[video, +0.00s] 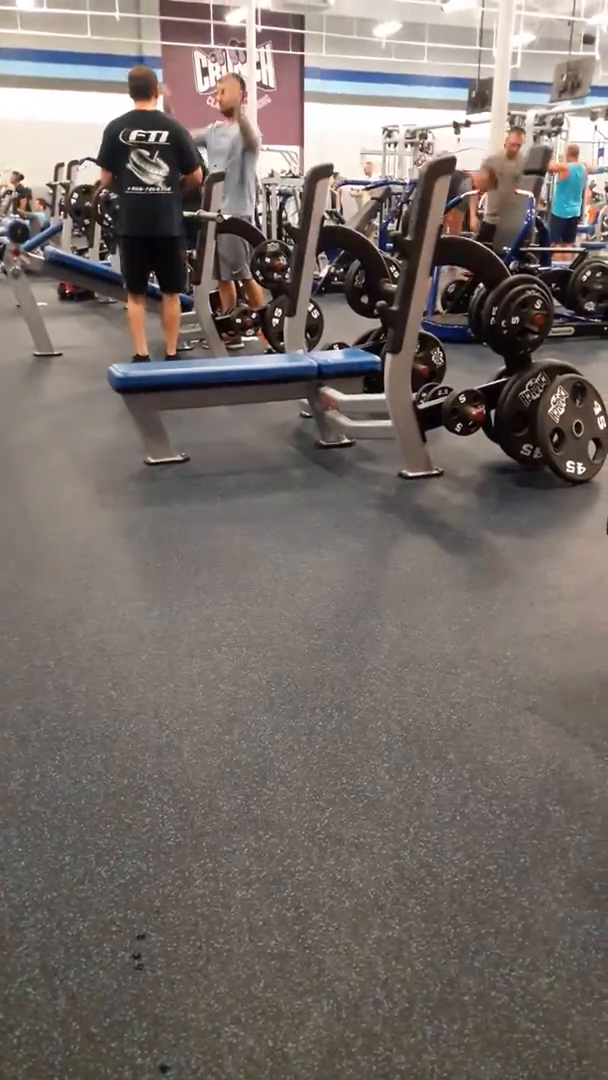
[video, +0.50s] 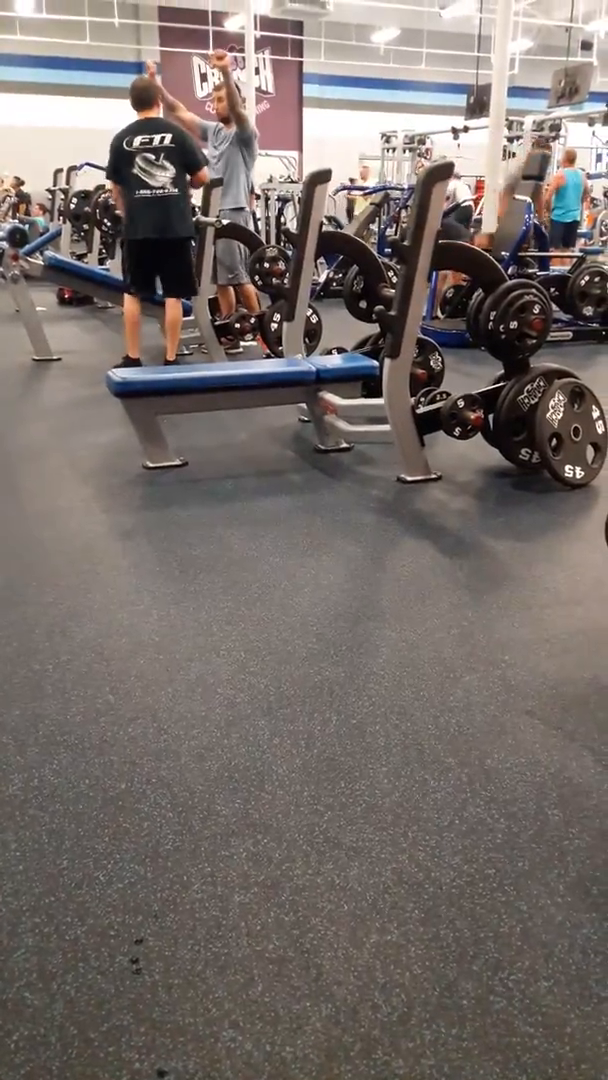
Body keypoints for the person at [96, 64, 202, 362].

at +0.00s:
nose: (158, 91)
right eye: (158, 87)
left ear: (129, 92)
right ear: (157, 91)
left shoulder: (116, 127)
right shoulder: (174, 127)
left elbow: (106, 177)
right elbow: (196, 176)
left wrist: (128, 185)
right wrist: (174, 191)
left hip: (132, 219)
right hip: (166, 219)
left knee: (134, 292)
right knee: (170, 292)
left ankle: (140, 354)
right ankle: (171, 353)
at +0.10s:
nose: (163, 92)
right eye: (162, 88)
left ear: (132, 92)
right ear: (161, 92)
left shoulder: (119, 129)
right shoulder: (175, 127)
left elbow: (108, 179)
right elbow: (198, 175)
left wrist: (129, 187)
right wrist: (177, 188)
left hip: (133, 219)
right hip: (169, 219)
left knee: (130, 286)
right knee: (172, 290)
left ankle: (137, 349)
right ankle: (171, 353)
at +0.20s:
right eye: (163, 91)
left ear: (136, 95)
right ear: (164, 94)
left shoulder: (124, 130)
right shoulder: (182, 130)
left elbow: (113, 181)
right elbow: (202, 177)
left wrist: (132, 191)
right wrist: (181, 189)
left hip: (138, 220)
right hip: (174, 221)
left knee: (132, 284)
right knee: (175, 290)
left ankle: (137, 347)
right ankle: (173, 354)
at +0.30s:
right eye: (164, 93)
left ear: (135, 98)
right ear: (164, 96)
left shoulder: (124, 133)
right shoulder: (182, 132)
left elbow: (114, 184)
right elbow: (203, 178)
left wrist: (135, 193)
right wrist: (184, 191)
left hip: (139, 223)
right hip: (176, 224)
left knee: (134, 289)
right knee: (175, 291)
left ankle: (135, 354)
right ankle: (173, 356)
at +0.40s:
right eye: (160, 95)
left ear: (133, 101)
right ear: (161, 98)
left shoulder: (122, 136)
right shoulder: (179, 134)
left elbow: (112, 187)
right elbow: (202, 179)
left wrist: (128, 204)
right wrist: (182, 190)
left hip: (138, 225)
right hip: (175, 225)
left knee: (133, 292)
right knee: (173, 294)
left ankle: (133, 357)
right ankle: (171, 358)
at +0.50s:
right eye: (159, 95)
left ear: (132, 103)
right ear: (159, 99)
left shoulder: (122, 138)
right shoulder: (178, 133)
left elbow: (116, 186)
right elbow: (201, 177)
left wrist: (126, 210)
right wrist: (181, 181)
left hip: (138, 226)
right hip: (175, 225)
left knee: (132, 293)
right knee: (173, 295)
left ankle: (132, 357)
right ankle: (171, 358)